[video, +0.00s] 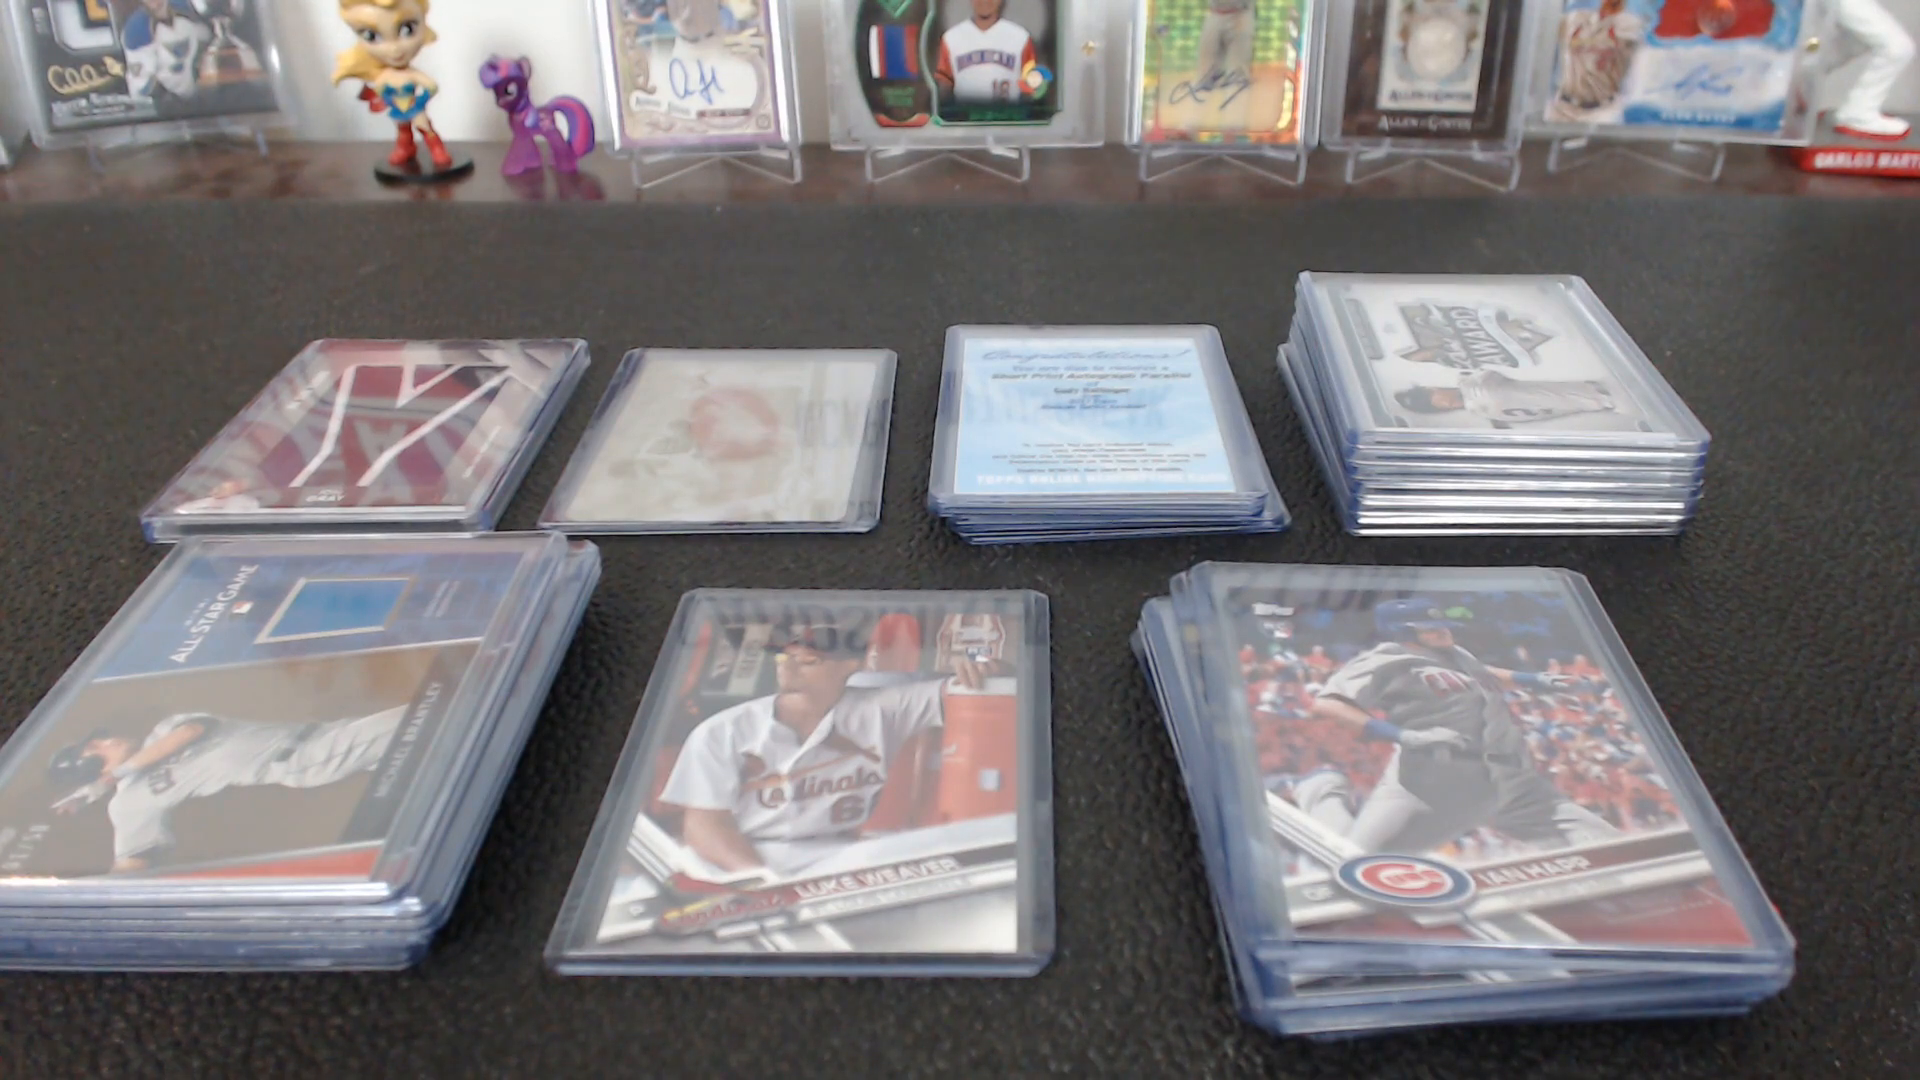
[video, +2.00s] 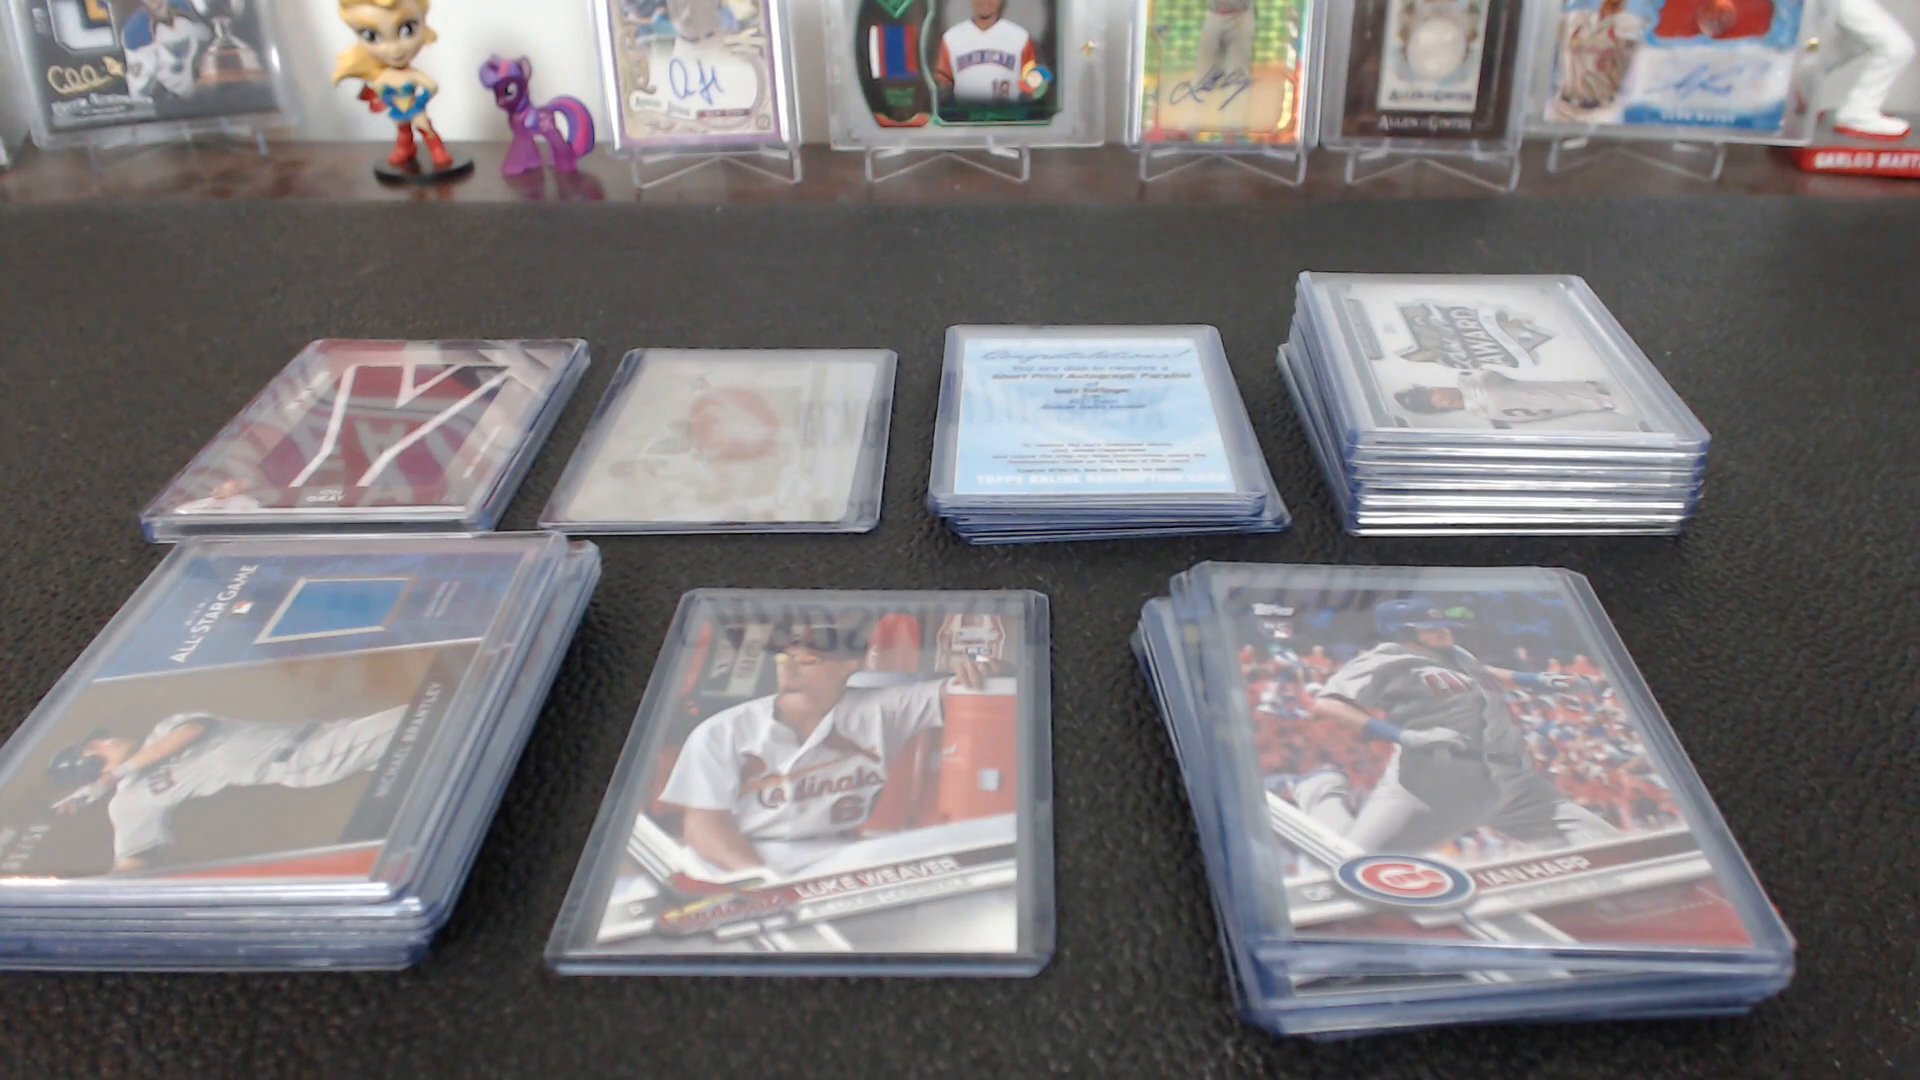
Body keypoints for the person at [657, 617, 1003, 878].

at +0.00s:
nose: (797, 656)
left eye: (818, 648)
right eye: (789, 644)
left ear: (853, 663)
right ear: (776, 655)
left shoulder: (876, 713)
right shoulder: (720, 735)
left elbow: (959, 690)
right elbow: (703, 829)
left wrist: (972, 670)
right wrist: (766, 883)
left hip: (827, 866)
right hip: (729, 870)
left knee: (892, 851)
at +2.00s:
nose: (795, 657)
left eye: (817, 647)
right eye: (787, 645)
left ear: (853, 663)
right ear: (776, 655)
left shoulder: (875, 715)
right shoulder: (720, 735)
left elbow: (954, 691)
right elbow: (703, 828)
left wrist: (973, 672)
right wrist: (767, 883)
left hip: (827, 867)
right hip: (729, 872)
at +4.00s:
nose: (793, 659)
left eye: (814, 649)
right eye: (787, 646)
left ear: (853, 664)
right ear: (776, 656)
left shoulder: (875, 716)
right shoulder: (720, 735)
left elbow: (957, 690)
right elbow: (703, 830)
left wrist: (974, 673)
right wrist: (769, 885)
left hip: (827, 871)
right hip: (728, 875)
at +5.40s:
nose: (794, 657)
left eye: (816, 650)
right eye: (788, 645)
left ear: (854, 664)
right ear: (777, 654)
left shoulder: (875, 714)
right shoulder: (722, 735)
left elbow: (955, 692)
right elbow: (703, 830)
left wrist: (975, 675)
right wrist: (770, 884)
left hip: (826, 874)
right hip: (725, 879)